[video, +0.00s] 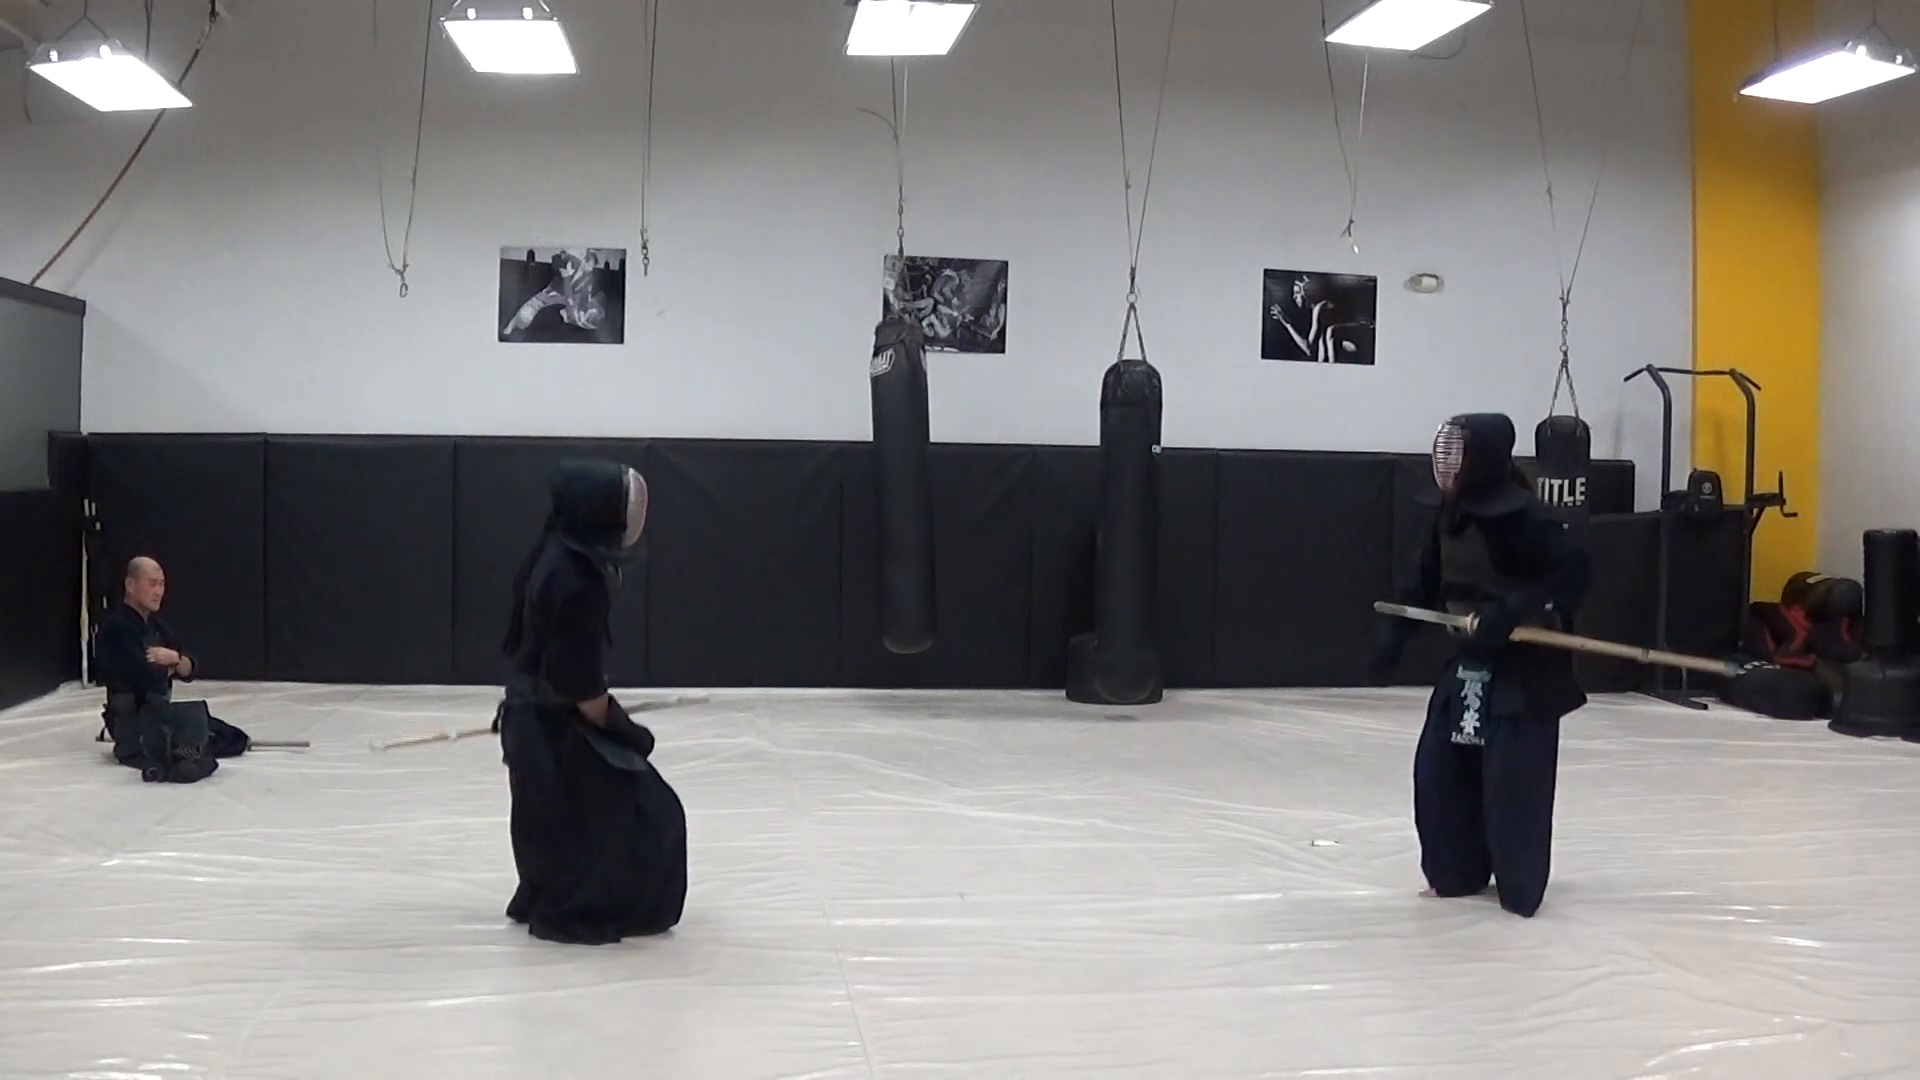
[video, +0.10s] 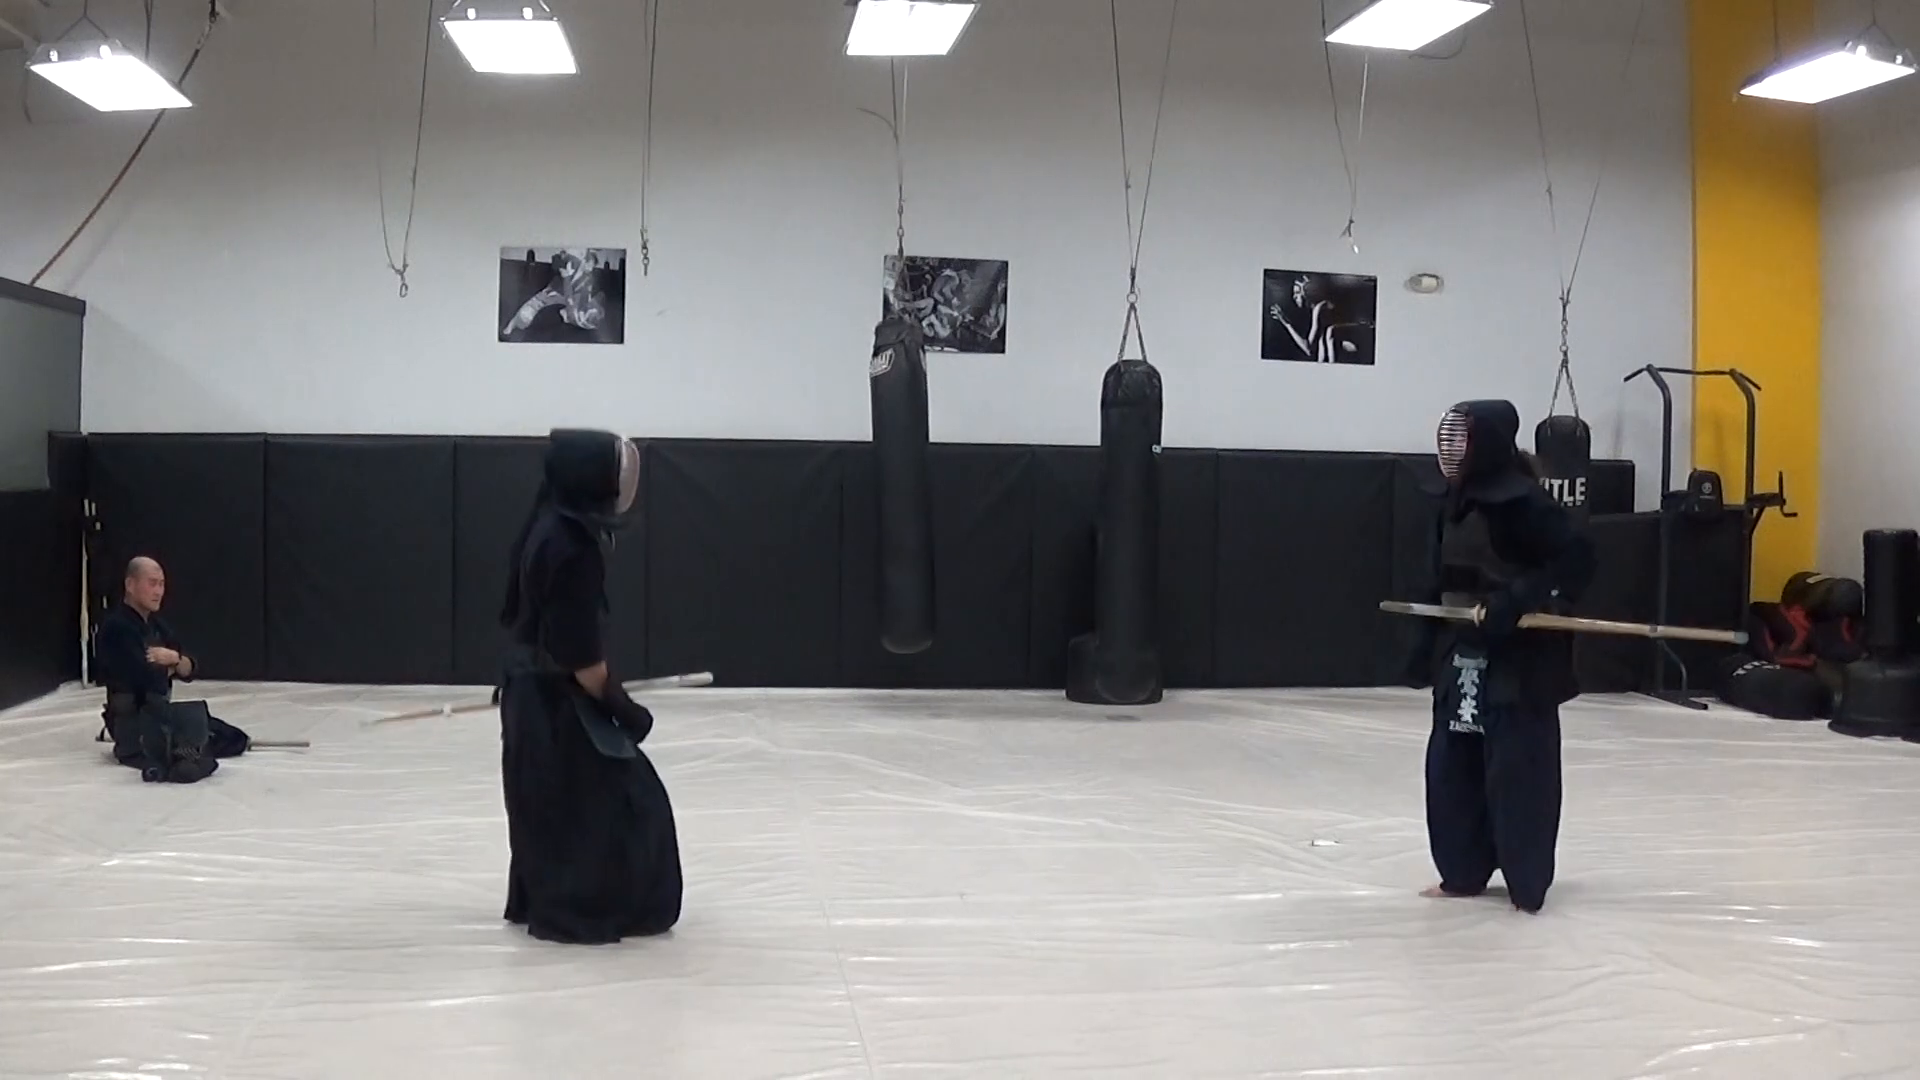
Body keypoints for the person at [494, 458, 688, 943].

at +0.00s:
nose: (635, 520)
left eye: (635, 508)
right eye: (628, 510)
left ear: (575, 509)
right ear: (602, 515)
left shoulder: (549, 557)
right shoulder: (579, 579)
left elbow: (526, 652)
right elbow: (583, 686)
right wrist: (626, 731)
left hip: (526, 717)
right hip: (556, 728)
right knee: (657, 808)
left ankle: (544, 897)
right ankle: (582, 909)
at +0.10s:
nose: (626, 488)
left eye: (625, 477)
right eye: (619, 478)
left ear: (566, 477)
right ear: (597, 484)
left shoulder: (545, 528)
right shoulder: (574, 546)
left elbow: (523, 625)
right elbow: (583, 656)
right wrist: (625, 708)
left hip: (526, 691)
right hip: (557, 700)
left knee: (551, 799)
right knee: (638, 795)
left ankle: (543, 899)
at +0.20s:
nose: (623, 455)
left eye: (623, 445)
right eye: (615, 446)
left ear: (564, 449)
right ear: (588, 453)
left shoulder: (545, 497)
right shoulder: (566, 515)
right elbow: (577, 620)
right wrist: (618, 678)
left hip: (532, 660)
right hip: (557, 667)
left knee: (545, 782)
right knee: (589, 781)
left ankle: (538, 898)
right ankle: (578, 904)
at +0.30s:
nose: (616, 444)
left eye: (615, 433)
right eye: (608, 435)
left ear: (560, 432)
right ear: (581, 438)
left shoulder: (538, 478)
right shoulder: (561, 495)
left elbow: (535, 579)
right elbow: (577, 601)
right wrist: (616, 662)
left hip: (531, 645)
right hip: (556, 652)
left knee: (541, 774)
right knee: (572, 777)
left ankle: (541, 899)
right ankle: (573, 906)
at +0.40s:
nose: (608, 435)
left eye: (607, 423)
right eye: (600, 424)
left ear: (546, 422)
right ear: (573, 427)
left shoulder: (524, 476)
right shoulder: (559, 489)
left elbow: (499, 565)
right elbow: (576, 593)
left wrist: (554, 602)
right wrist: (618, 658)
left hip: (524, 643)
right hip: (558, 648)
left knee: (535, 773)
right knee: (575, 777)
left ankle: (538, 900)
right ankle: (580, 908)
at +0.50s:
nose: (599, 434)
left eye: (599, 423)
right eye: (592, 423)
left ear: (539, 420)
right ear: (567, 425)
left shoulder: (516, 469)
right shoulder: (556, 485)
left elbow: (486, 557)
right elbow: (570, 594)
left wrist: (535, 593)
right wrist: (612, 662)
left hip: (517, 642)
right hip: (552, 647)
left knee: (525, 774)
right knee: (566, 778)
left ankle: (522, 903)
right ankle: (572, 911)